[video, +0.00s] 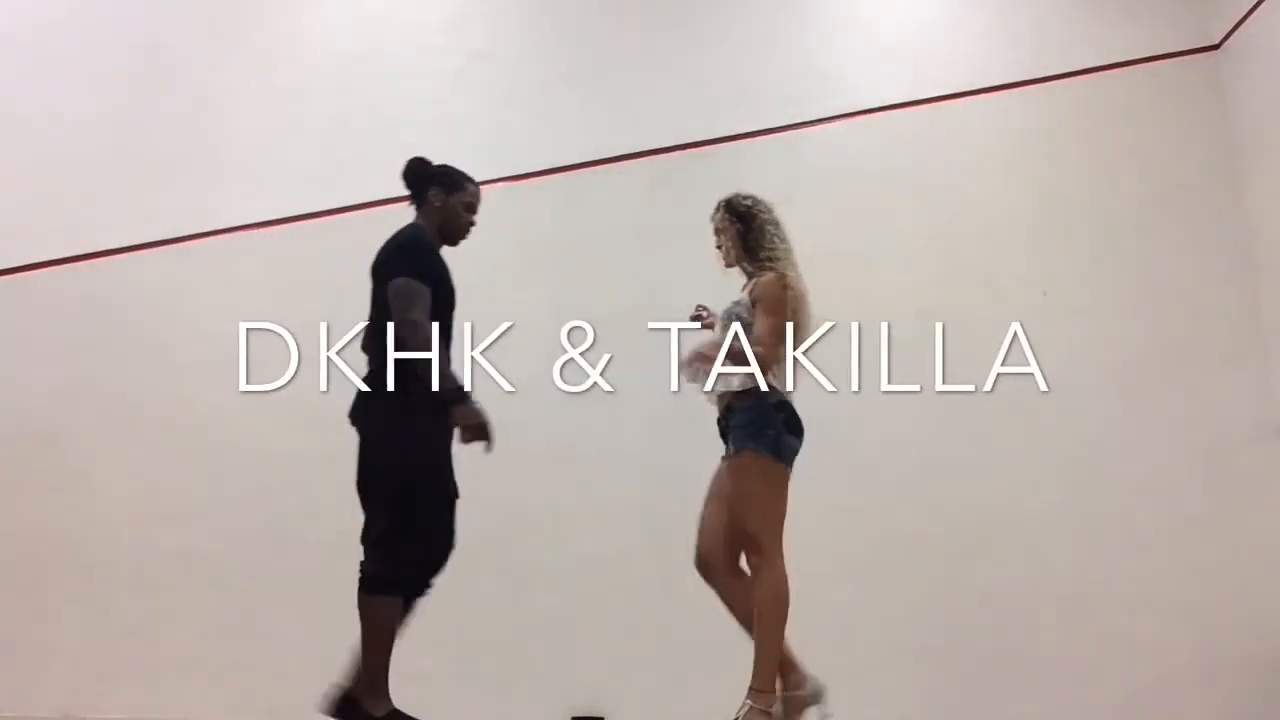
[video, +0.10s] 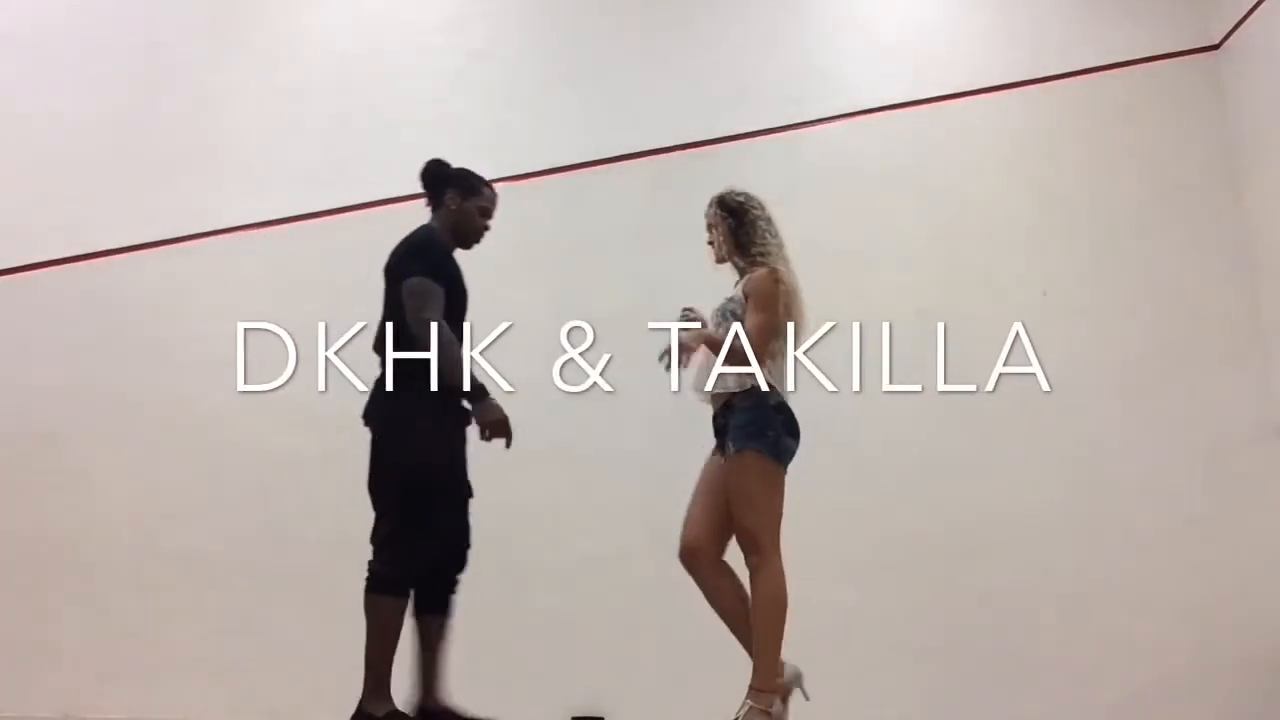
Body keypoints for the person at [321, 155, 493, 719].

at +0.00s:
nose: (474, 219)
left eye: (476, 209)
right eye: (468, 207)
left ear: (437, 204)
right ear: (435, 200)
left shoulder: (418, 253)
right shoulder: (412, 251)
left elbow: (386, 345)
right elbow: (414, 342)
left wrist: (454, 404)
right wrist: (460, 402)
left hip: (413, 429)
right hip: (398, 430)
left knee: (427, 546)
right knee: (395, 549)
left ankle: (361, 688)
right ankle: (371, 696)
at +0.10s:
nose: (487, 225)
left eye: (490, 215)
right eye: (483, 213)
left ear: (455, 207)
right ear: (451, 202)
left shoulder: (430, 256)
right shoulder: (422, 253)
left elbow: (393, 344)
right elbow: (430, 337)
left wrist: (467, 401)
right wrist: (480, 397)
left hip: (433, 432)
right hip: (407, 432)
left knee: (440, 556)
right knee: (397, 555)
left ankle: (429, 698)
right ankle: (375, 699)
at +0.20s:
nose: (502, 229)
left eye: (504, 220)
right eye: (498, 217)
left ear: (471, 211)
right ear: (465, 207)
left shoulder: (448, 260)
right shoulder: (435, 255)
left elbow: (446, 348)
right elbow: (441, 342)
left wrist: (483, 406)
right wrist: (484, 401)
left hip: (447, 435)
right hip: (419, 434)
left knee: (462, 560)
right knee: (406, 560)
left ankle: (483, 697)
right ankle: (376, 702)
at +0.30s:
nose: (515, 233)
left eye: (519, 224)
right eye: (511, 221)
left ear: (482, 214)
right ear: (479, 209)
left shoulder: (460, 260)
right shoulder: (449, 256)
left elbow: (446, 348)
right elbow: (448, 344)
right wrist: (478, 410)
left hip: (455, 431)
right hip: (436, 430)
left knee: (490, 555)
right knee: (414, 559)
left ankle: (496, 695)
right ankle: (378, 699)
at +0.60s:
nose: (548, 255)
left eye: (553, 247)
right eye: (545, 242)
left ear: (529, 235)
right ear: (514, 225)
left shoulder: (508, 285)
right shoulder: (479, 264)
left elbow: (501, 369)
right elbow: (452, 339)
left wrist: (518, 436)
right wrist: (456, 414)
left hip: (517, 438)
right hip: (485, 433)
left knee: (515, 564)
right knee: (471, 555)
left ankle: (488, 701)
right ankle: (387, 690)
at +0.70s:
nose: (556, 259)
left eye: (561, 251)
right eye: (554, 246)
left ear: (538, 237)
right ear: (524, 228)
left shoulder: (520, 291)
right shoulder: (486, 266)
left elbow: (516, 373)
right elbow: (453, 340)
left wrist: (532, 437)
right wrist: (463, 417)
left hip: (527, 438)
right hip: (496, 434)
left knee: (518, 565)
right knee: (499, 556)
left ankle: (488, 702)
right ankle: (406, 678)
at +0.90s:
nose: (568, 264)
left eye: (575, 256)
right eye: (564, 251)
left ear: (567, 249)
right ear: (536, 234)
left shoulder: (543, 310)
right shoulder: (494, 270)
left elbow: (540, 391)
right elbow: (460, 343)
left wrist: (556, 463)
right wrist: (470, 416)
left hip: (536, 445)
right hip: (502, 438)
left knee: (530, 563)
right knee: (521, 560)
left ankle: (489, 695)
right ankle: (472, 689)